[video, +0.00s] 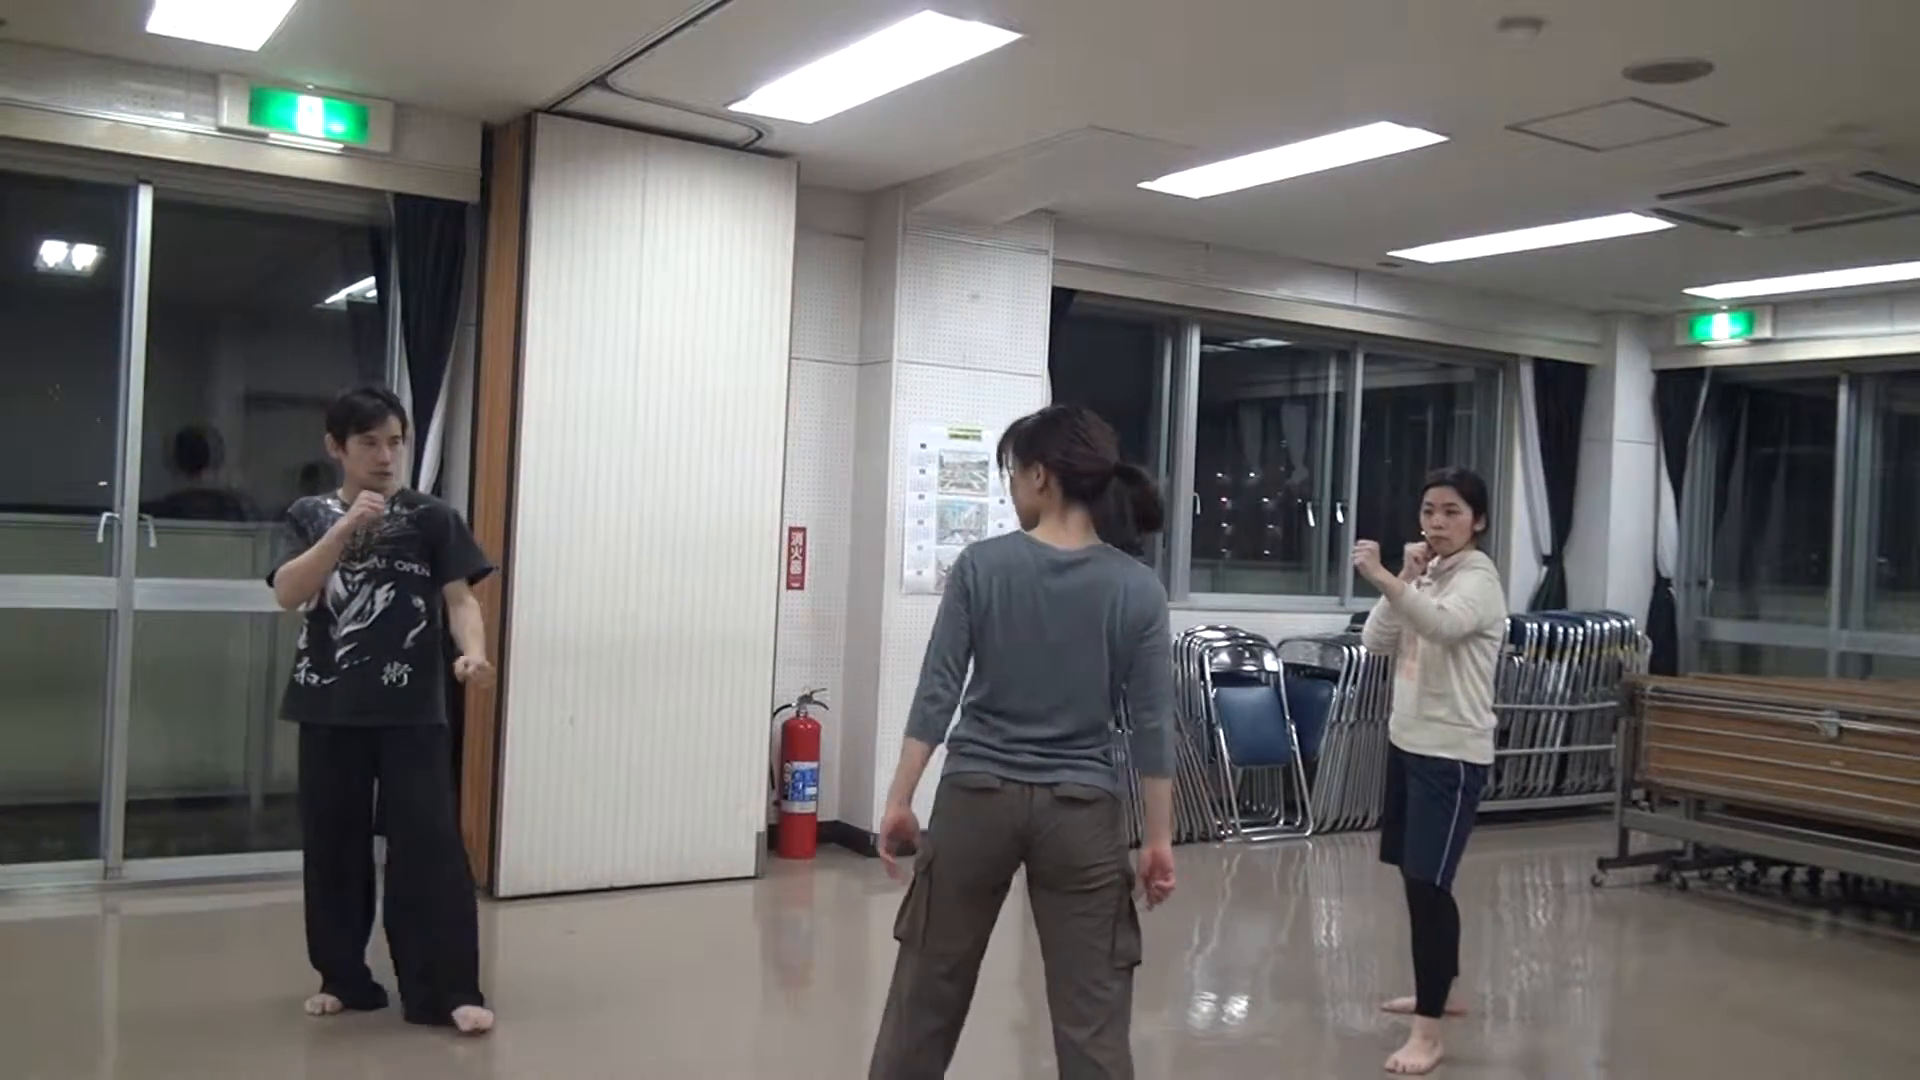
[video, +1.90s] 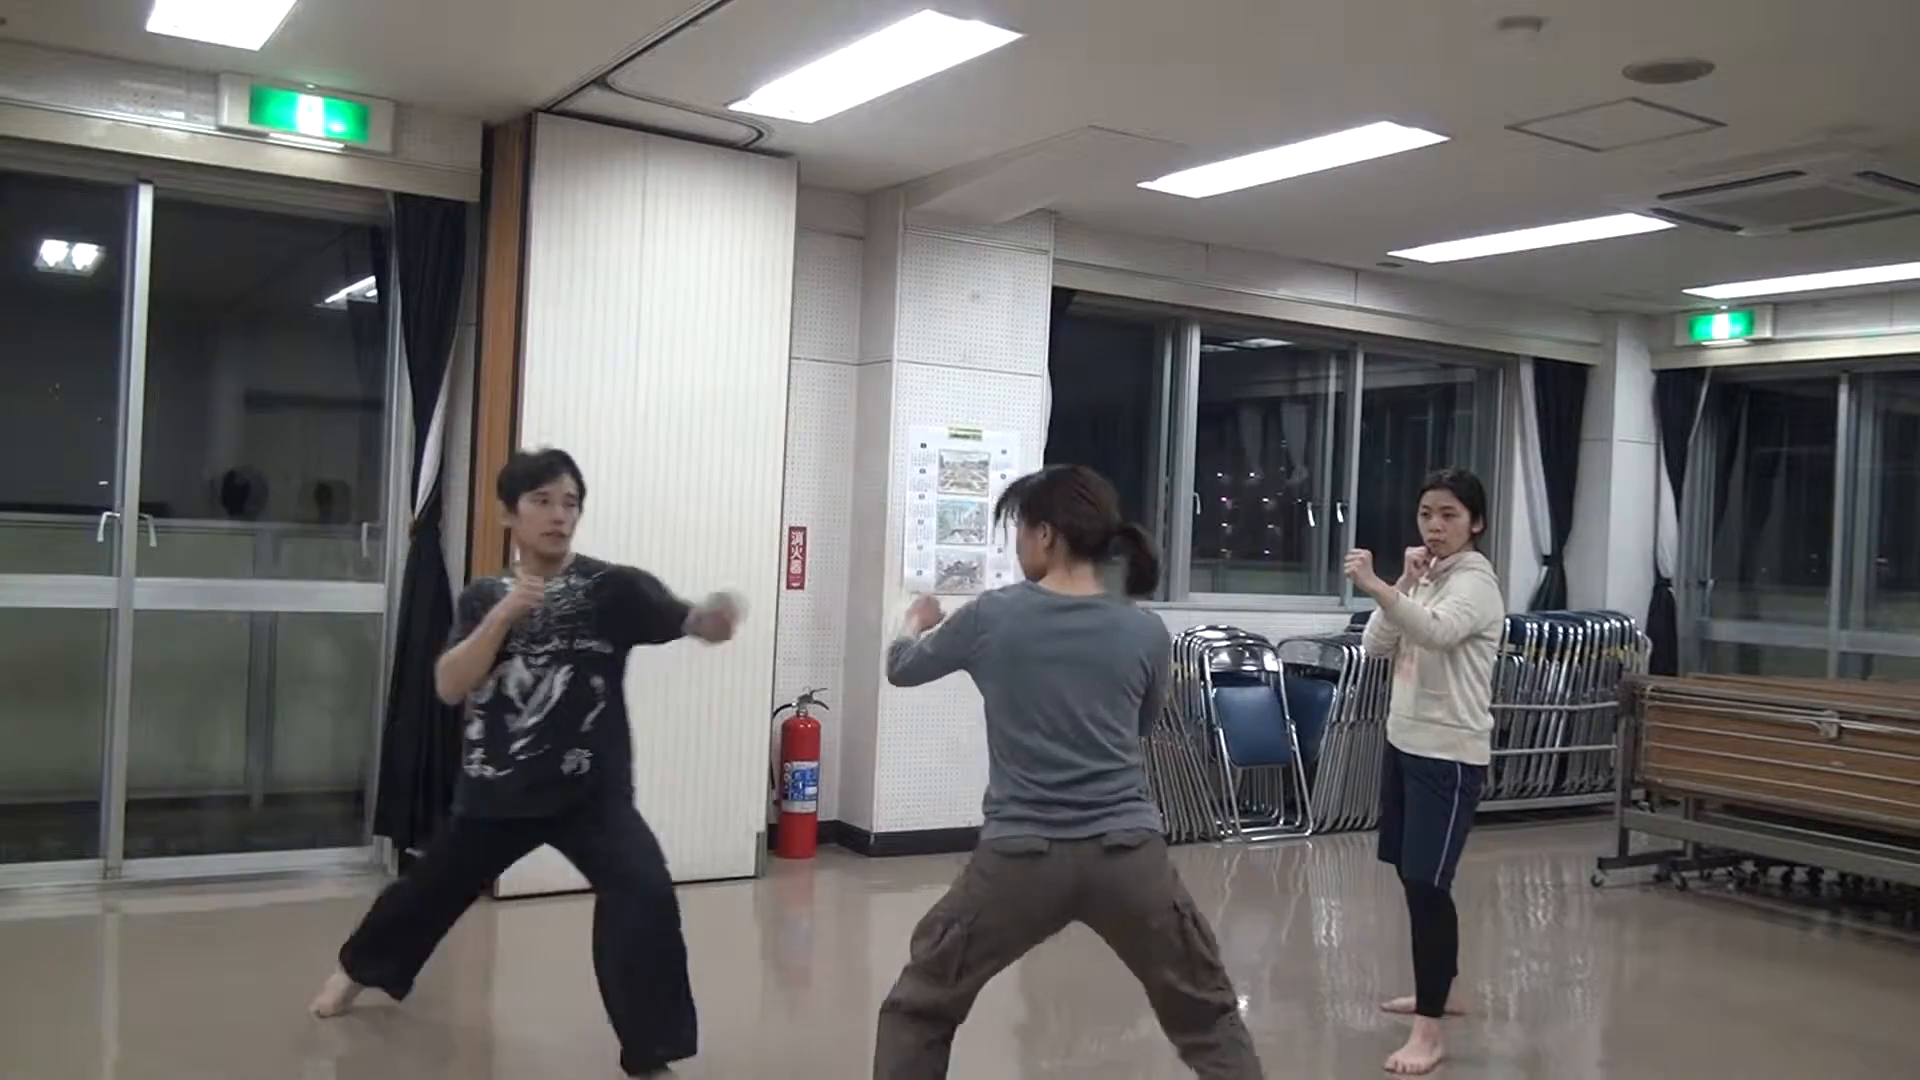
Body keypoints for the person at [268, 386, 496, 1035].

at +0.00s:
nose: (385, 453)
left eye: (394, 441)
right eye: (369, 442)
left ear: (405, 444)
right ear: (337, 447)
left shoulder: (431, 516)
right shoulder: (309, 516)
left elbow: (459, 598)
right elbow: (288, 592)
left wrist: (471, 647)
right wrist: (344, 530)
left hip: (414, 711)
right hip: (331, 711)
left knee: (430, 846)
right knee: (334, 846)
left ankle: (447, 992)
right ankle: (344, 982)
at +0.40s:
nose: (405, 456)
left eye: (414, 443)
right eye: (390, 444)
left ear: (425, 445)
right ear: (357, 449)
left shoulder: (455, 517)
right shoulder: (335, 521)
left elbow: (497, 606)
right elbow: (314, 595)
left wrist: (503, 572)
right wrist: (367, 525)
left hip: (438, 723)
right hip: (353, 723)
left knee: (468, 863)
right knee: (347, 856)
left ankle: (494, 1005)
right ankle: (342, 983)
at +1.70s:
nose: (462, 513)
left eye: (472, 501)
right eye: (446, 500)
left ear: (482, 506)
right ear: (413, 505)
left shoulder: (504, 579)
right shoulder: (376, 573)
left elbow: (550, 673)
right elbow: (339, 654)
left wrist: (533, 617)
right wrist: (401, 589)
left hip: (481, 777)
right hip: (391, 776)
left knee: (545, 879)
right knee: (350, 886)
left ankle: (561, 1027)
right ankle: (342, 984)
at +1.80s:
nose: (507, 525)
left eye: (518, 513)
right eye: (492, 511)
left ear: (527, 521)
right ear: (458, 518)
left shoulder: (550, 600)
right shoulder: (418, 593)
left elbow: (602, 690)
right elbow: (380, 682)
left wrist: (591, 655)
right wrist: (436, 622)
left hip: (516, 792)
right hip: (422, 792)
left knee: (593, 887)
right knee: (373, 892)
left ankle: (638, 1042)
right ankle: (338, 979)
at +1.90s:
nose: (559, 515)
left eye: (570, 504)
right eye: (543, 503)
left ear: (581, 514)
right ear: (511, 515)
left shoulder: (612, 588)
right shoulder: (483, 598)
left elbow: (691, 623)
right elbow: (450, 686)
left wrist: (716, 617)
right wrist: (502, 616)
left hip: (590, 795)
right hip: (498, 795)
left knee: (644, 891)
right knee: (431, 886)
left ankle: (650, 1058)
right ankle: (355, 969)